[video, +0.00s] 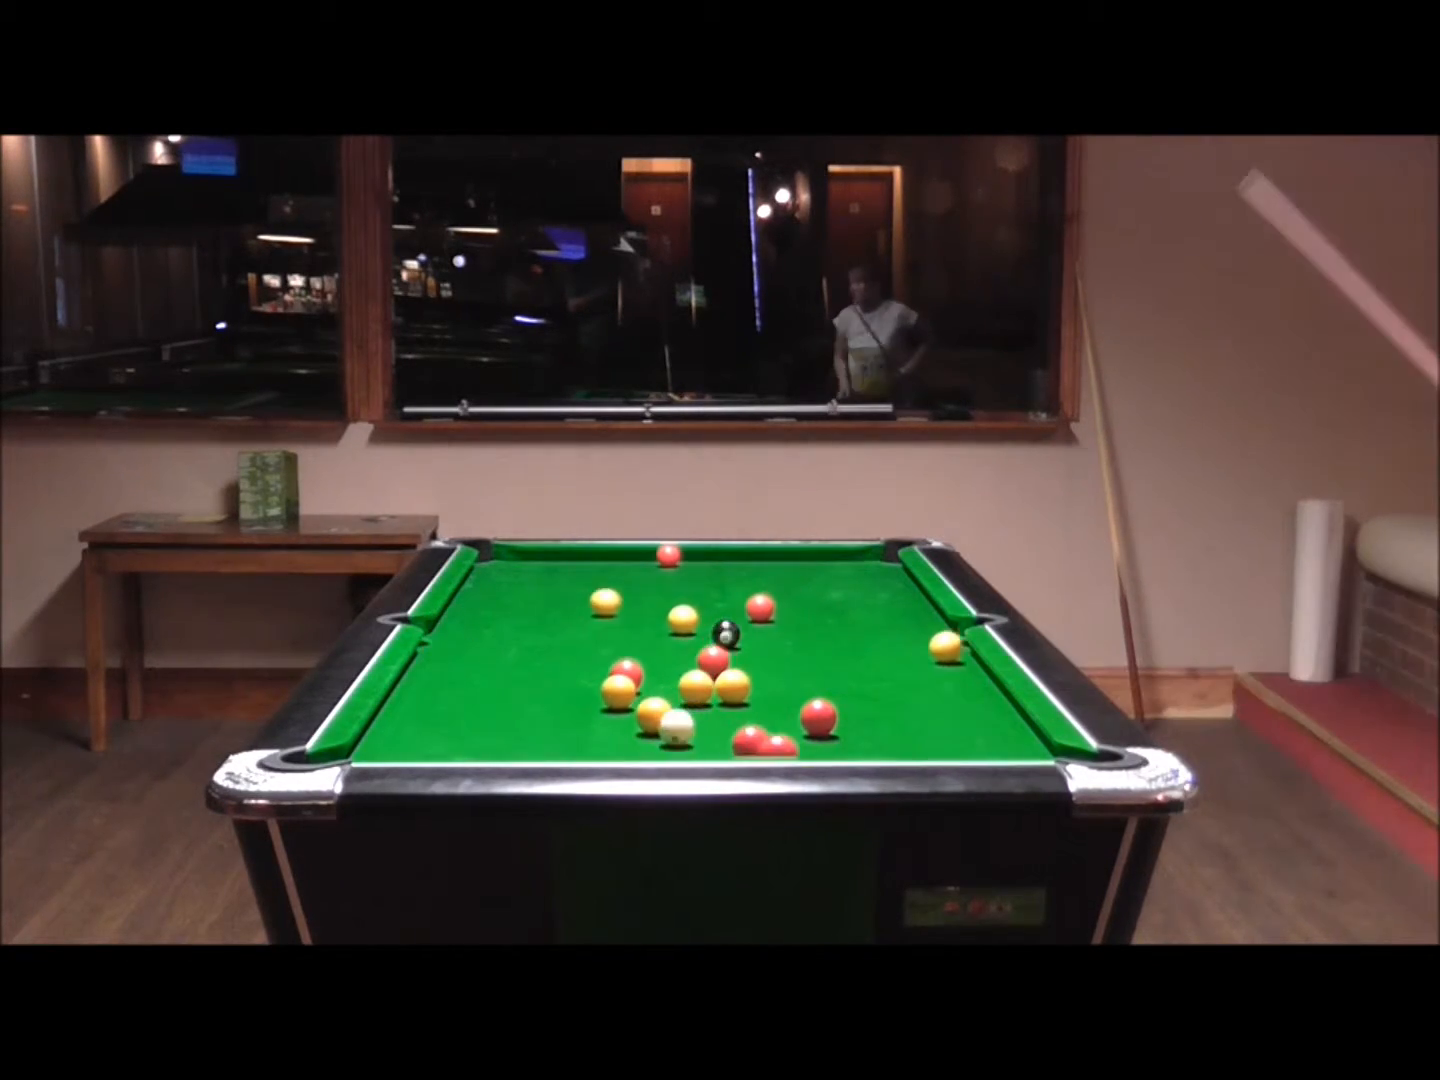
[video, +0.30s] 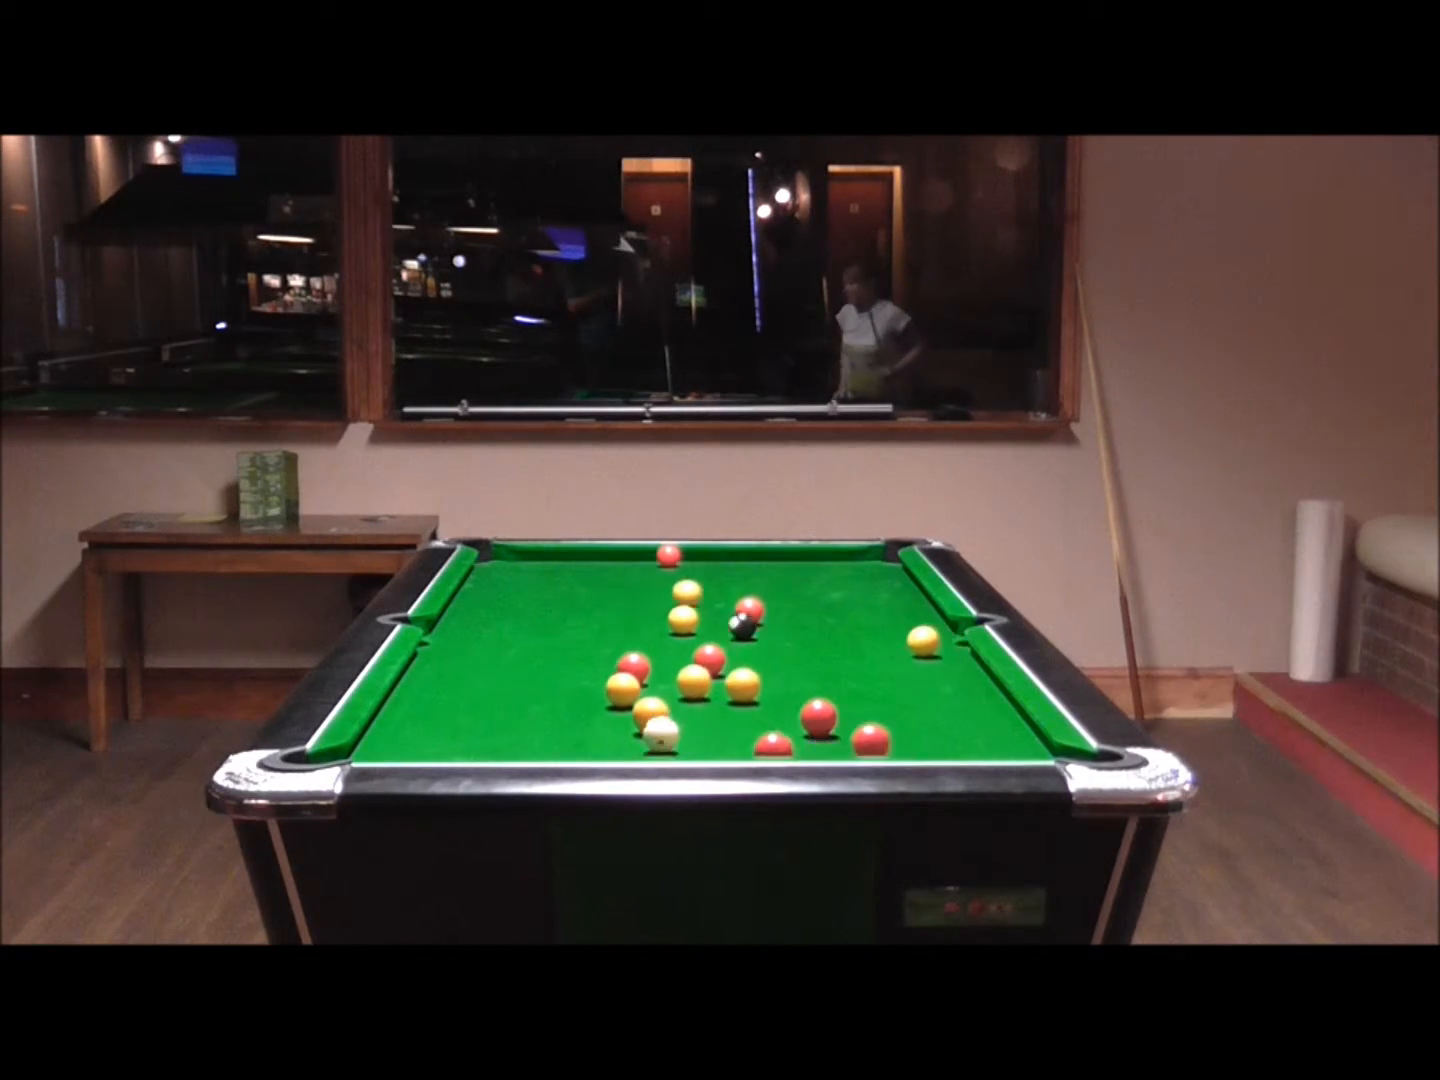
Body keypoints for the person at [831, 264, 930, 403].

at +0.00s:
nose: (860, 288)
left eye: (864, 282)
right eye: (856, 283)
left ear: (875, 285)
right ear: (850, 287)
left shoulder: (897, 312)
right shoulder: (846, 316)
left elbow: (927, 338)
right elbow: (839, 356)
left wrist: (907, 368)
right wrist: (844, 384)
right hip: (856, 395)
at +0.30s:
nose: (846, 289)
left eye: (852, 284)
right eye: (846, 284)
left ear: (868, 285)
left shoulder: (889, 312)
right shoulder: (846, 313)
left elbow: (918, 345)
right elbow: (845, 355)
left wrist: (893, 370)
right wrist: (842, 388)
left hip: (882, 391)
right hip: (853, 390)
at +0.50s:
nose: (826, 291)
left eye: (831, 285)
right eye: (824, 286)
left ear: (843, 286)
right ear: (821, 288)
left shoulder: (861, 310)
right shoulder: (823, 314)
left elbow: (895, 342)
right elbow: (825, 357)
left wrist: (870, 365)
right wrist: (823, 390)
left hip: (861, 392)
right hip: (832, 391)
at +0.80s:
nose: (776, 294)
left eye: (779, 288)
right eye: (773, 289)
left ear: (790, 283)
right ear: (770, 288)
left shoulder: (802, 304)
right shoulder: (773, 311)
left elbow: (836, 338)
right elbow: (777, 354)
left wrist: (813, 355)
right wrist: (769, 384)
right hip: (783, 385)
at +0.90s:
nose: (758, 287)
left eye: (763, 282)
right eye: (756, 282)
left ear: (777, 283)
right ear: (754, 284)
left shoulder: (789, 304)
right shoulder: (759, 309)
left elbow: (822, 339)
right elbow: (764, 353)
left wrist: (799, 356)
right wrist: (752, 383)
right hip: (772, 389)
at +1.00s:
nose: (738, 288)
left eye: (744, 282)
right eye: (736, 283)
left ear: (758, 285)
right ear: (734, 286)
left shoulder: (768, 309)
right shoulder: (738, 315)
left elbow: (800, 342)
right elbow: (736, 354)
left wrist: (780, 358)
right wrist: (726, 380)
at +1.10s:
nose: (721, 289)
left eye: (727, 283)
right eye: (719, 283)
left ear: (741, 286)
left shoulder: (751, 311)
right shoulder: (720, 315)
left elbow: (784, 345)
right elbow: (718, 354)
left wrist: (764, 361)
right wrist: (707, 380)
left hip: (760, 395)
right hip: (736, 395)